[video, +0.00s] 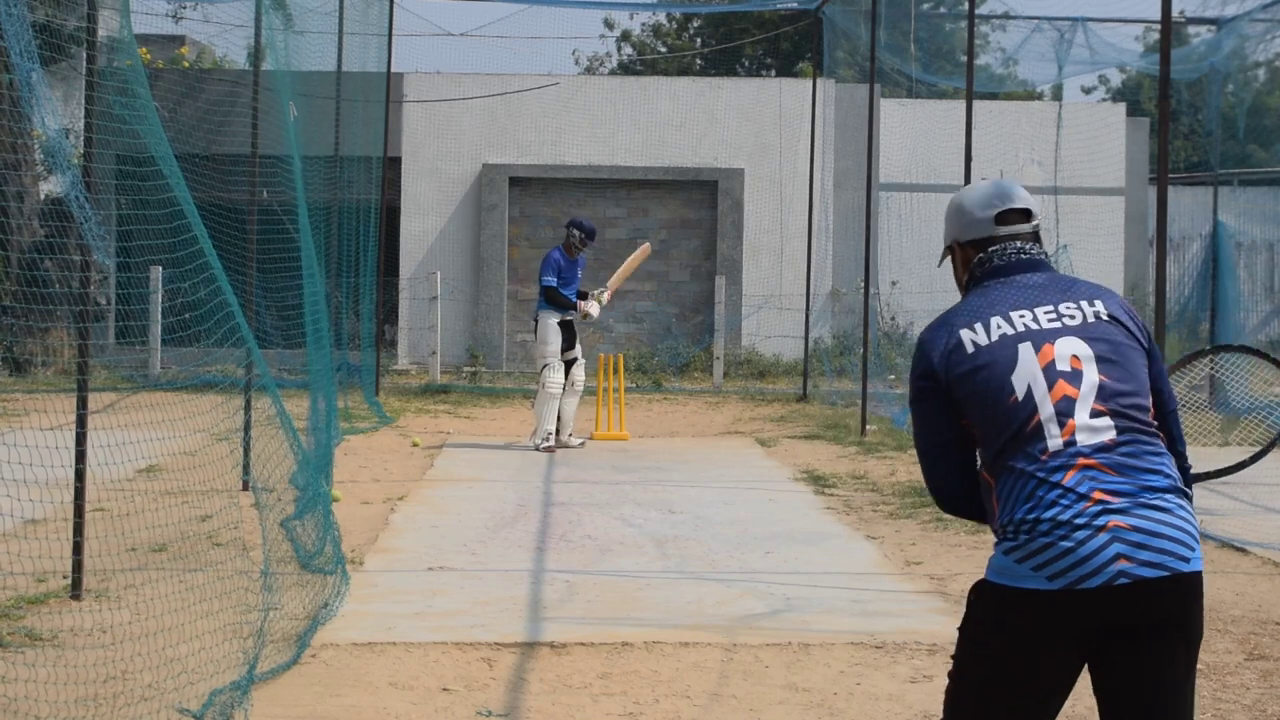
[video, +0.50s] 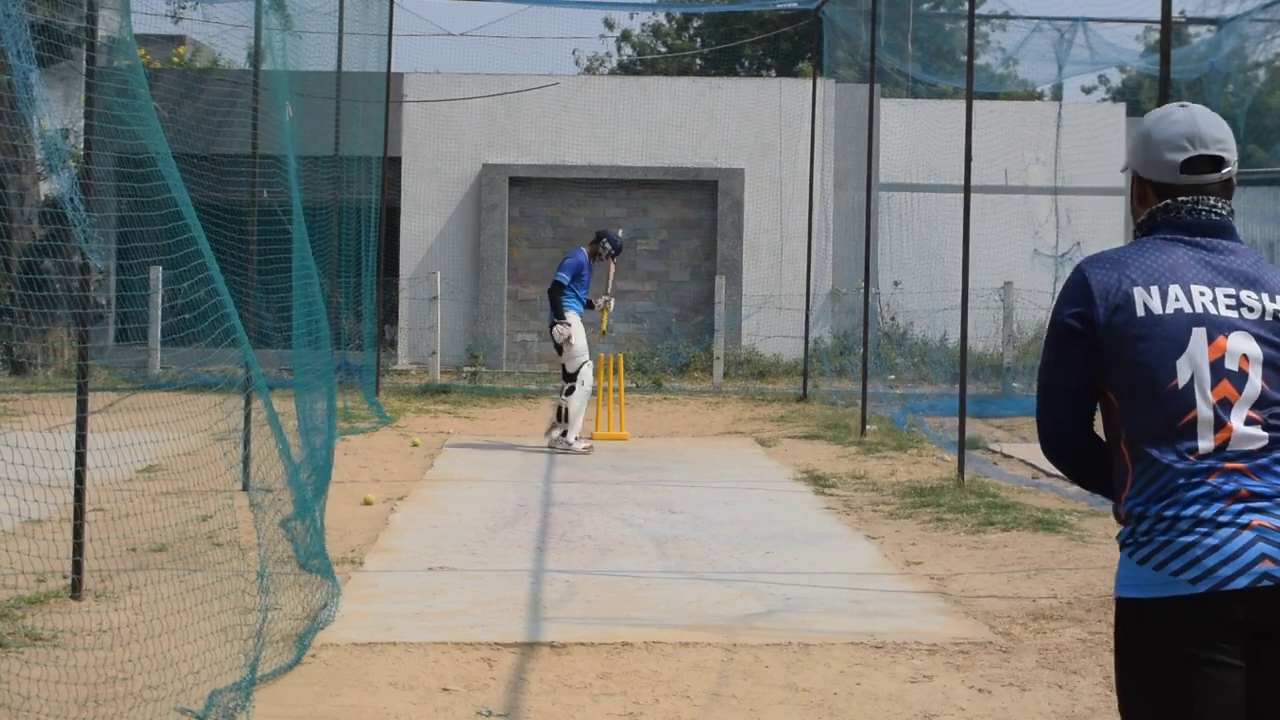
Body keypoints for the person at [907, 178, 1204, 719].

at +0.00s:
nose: (953, 271)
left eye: (952, 259)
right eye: (952, 259)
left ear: (964, 257)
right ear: (1035, 243)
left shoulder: (943, 337)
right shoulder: (1117, 306)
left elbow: (953, 491)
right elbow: (1173, 446)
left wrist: (1041, 500)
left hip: (1044, 579)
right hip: (1166, 570)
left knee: (979, 710)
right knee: (1161, 711)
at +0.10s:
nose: (1015, 231)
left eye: (1016, 220)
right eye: (1016, 220)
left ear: (1026, 223)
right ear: (1105, 214)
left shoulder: (996, 309)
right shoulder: (1173, 291)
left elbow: (991, 463)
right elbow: (1217, 438)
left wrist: (1071, 493)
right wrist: (1216, 522)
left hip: (1080, 568)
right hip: (1203, 562)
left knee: (1011, 710)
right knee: (1185, 710)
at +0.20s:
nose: (1045, 210)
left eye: (1046, 199)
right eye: (1048, 198)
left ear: (1057, 205)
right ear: (1138, 199)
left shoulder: (1022, 293)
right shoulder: (1201, 282)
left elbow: (1004, 447)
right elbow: (1240, 427)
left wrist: (1086, 491)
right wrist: (1233, 494)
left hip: (1098, 554)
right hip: (1221, 550)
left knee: (1042, 709)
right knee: (1197, 710)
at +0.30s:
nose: (1084, 199)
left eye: (1086, 187)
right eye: (1086, 186)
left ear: (1096, 193)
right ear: (1179, 193)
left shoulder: (1055, 278)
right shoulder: (1237, 283)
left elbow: (1024, 431)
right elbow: (1258, 416)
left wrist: (1100, 484)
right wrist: (1211, 471)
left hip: (1123, 560)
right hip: (1248, 552)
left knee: (1094, 708)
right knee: (1224, 710)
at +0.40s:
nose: (1105, 195)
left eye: (1107, 184)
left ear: (1116, 190)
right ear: (1203, 190)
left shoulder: (1072, 277)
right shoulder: (1257, 284)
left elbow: (1041, 431)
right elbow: (1264, 412)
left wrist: (1113, 482)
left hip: (1139, 568)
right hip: (1262, 559)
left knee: (1127, 708)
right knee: (1241, 709)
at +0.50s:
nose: (1128, 192)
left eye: (1131, 181)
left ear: (1141, 190)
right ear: (1229, 188)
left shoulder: (1100, 279)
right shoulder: (1273, 279)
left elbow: (1062, 436)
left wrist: (1138, 485)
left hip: (1176, 576)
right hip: (1277, 565)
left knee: (1174, 707)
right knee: (1261, 705)